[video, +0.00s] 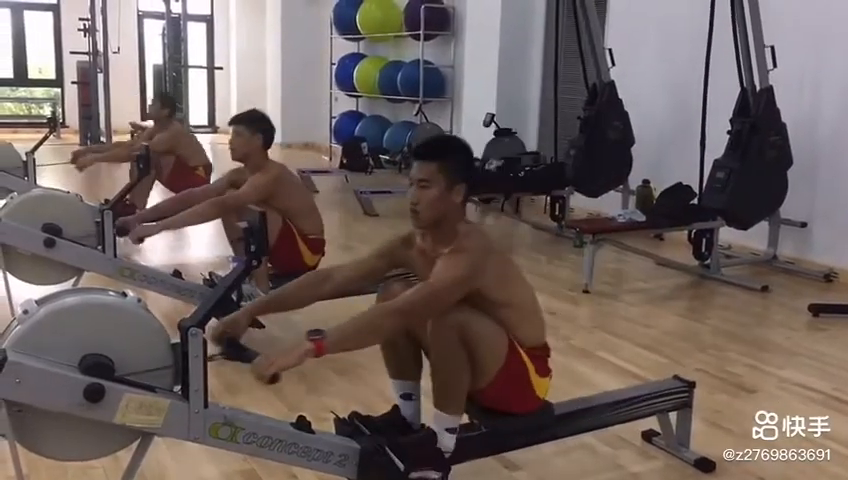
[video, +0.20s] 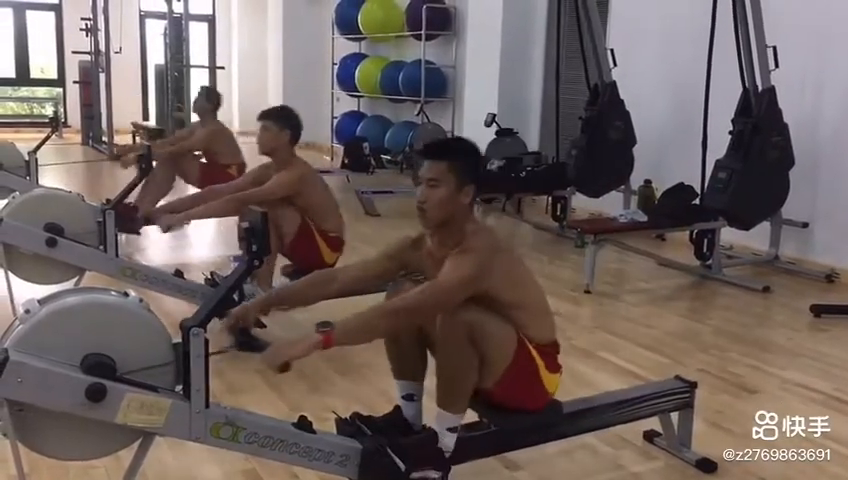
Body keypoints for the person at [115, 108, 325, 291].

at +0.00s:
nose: (230, 141)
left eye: (237, 135)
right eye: (231, 135)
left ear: (259, 141)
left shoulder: (270, 177)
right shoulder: (240, 175)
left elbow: (219, 207)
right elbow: (191, 197)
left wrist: (157, 228)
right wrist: (139, 217)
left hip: (303, 253)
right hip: (283, 248)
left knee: (260, 212)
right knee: (229, 206)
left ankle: (262, 286)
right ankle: (244, 274)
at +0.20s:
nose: (258, 135)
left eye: (266, 130)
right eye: (260, 129)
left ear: (287, 136)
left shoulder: (294, 175)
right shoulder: (270, 170)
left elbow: (242, 203)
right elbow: (222, 191)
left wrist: (185, 217)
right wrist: (167, 209)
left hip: (322, 252)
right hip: (307, 244)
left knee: (272, 208)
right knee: (248, 209)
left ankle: (263, 287)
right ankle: (247, 276)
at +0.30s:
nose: (287, 131)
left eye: (294, 126)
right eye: (288, 125)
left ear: (314, 133)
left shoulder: (323, 174)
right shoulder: (296, 168)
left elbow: (266, 202)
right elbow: (254, 191)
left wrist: (215, 220)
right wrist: (196, 209)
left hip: (340, 249)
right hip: (324, 242)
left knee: (280, 210)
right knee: (268, 206)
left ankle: (264, 289)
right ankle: (248, 279)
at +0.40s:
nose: (319, 129)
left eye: (326, 123)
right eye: (320, 123)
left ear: (345, 129)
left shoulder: (350, 172)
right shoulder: (323, 167)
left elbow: (301, 203)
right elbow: (279, 189)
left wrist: (255, 213)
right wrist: (232, 203)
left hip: (359, 245)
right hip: (345, 236)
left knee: (291, 215)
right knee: (280, 210)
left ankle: (265, 293)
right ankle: (257, 281)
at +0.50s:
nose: (353, 127)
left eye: (360, 122)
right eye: (353, 121)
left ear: (377, 127)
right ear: (352, 123)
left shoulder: (381, 169)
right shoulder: (353, 163)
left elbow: (329, 200)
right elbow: (308, 186)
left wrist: (281, 213)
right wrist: (260, 198)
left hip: (379, 244)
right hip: (363, 234)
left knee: (310, 220)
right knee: (296, 212)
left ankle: (266, 294)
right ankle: (258, 280)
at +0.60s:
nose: (386, 128)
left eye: (392, 122)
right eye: (386, 122)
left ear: (411, 127)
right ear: (390, 126)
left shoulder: (409, 169)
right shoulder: (381, 162)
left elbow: (362, 196)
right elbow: (338, 181)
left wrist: (307, 207)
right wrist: (289, 194)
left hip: (398, 239)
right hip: (375, 227)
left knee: (326, 230)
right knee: (311, 222)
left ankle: (267, 295)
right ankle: (252, 281)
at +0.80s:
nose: (436, 149)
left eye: (442, 144)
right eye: (435, 144)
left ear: (460, 147)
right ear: (435, 146)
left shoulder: (461, 184)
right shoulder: (428, 175)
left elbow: (433, 209)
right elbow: (392, 193)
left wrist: (389, 209)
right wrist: (357, 196)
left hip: (417, 241)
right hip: (397, 230)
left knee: (342, 251)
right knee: (332, 243)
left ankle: (266, 296)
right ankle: (254, 275)